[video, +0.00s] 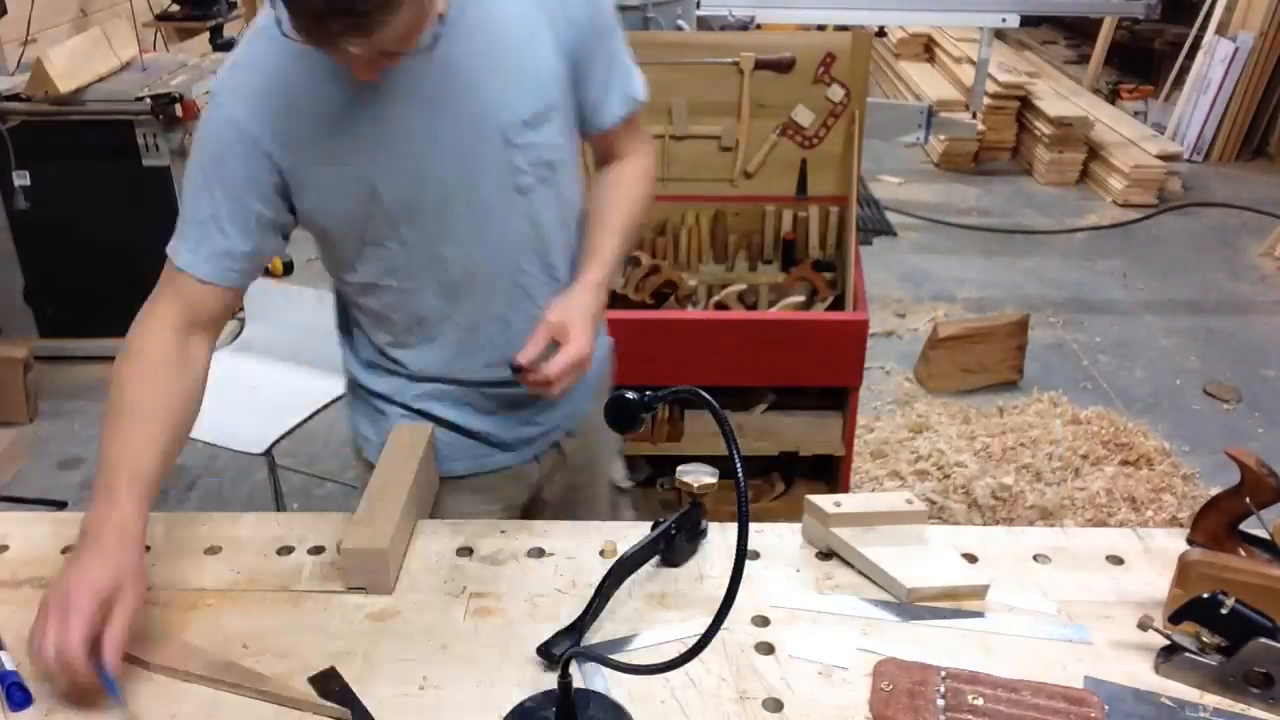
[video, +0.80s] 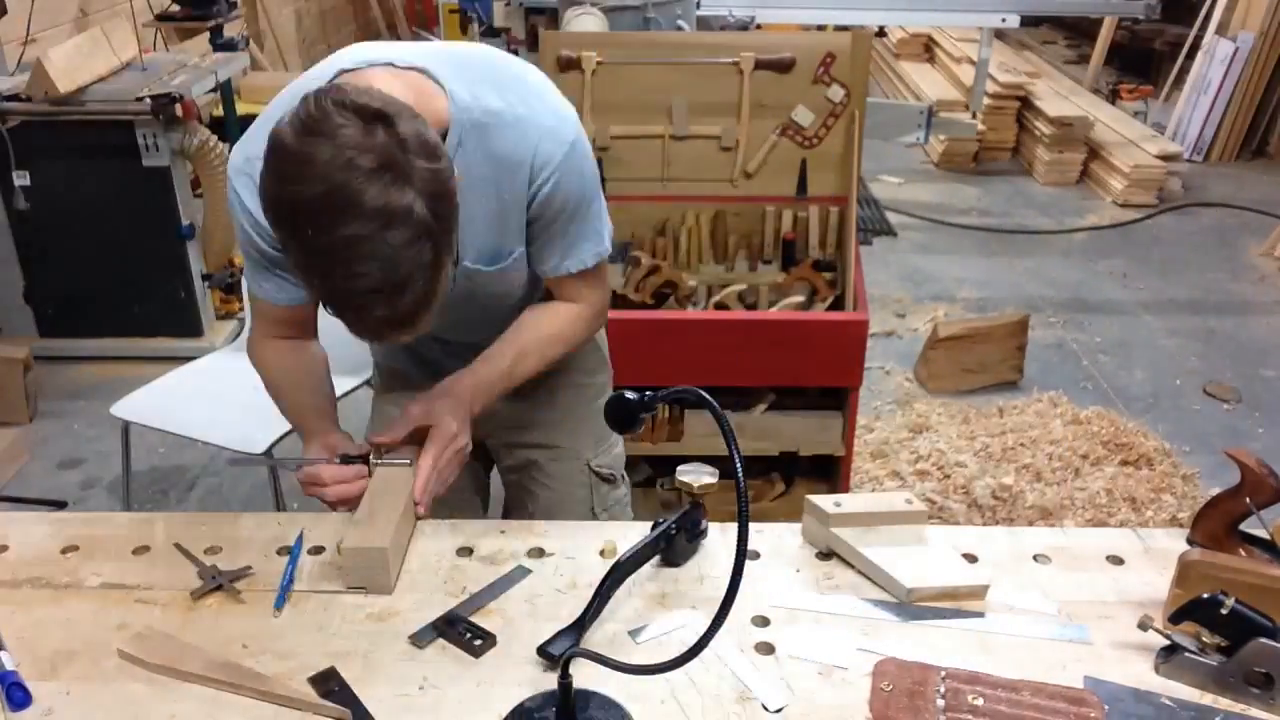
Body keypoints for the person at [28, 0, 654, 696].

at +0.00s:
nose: (360, 67)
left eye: (383, 44)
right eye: (332, 48)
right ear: (296, 17)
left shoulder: (558, 13)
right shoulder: (260, 95)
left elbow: (629, 149)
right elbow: (180, 322)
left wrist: (590, 289)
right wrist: (110, 535)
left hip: (572, 412)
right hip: (422, 442)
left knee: (605, 639)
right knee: (442, 675)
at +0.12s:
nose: (292, 54)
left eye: (312, 33)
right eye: (298, 22)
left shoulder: (217, 45)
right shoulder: (18, 98)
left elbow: (248, 238)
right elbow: (37, 420)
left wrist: (304, 382)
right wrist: (312, 454)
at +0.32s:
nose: (267, 345)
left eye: (224, 336)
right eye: (231, 347)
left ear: (196, 256)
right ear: (206, 228)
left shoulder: (427, 212)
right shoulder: (405, 133)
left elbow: (629, 463)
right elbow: (600, 269)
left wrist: (388, 510)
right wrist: (460, 368)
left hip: (739, 460)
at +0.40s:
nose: (303, 324)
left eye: (260, 309)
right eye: (267, 321)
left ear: (245, 222)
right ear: (253, 201)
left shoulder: (466, 219)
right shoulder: (458, 115)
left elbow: (606, 503)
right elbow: (596, 281)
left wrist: (400, 483)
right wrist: (475, 380)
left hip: (756, 469)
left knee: (719, 697)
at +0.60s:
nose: (584, 3)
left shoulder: (757, 25)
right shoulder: (446, 12)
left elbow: (801, 264)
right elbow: (367, 230)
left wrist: (681, 256)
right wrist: (445, 222)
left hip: (668, 486)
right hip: (493, 478)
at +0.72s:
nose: (372, 327)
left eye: (391, 312)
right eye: (360, 322)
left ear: (435, 172)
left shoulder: (537, 123)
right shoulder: (261, 166)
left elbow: (601, 286)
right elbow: (289, 322)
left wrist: (472, 395)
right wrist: (317, 435)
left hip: (546, 360)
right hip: (404, 370)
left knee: (580, 585)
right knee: (417, 590)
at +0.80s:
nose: (399, 330)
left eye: (415, 310)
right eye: (383, 327)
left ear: (450, 184)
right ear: (284, 221)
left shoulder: (540, 138)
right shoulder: (257, 175)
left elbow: (582, 298)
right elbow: (282, 334)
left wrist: (464, 396)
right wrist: (323, 436)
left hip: (544, 342)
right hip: (408, 360)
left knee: (574, 570)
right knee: (413, 572)